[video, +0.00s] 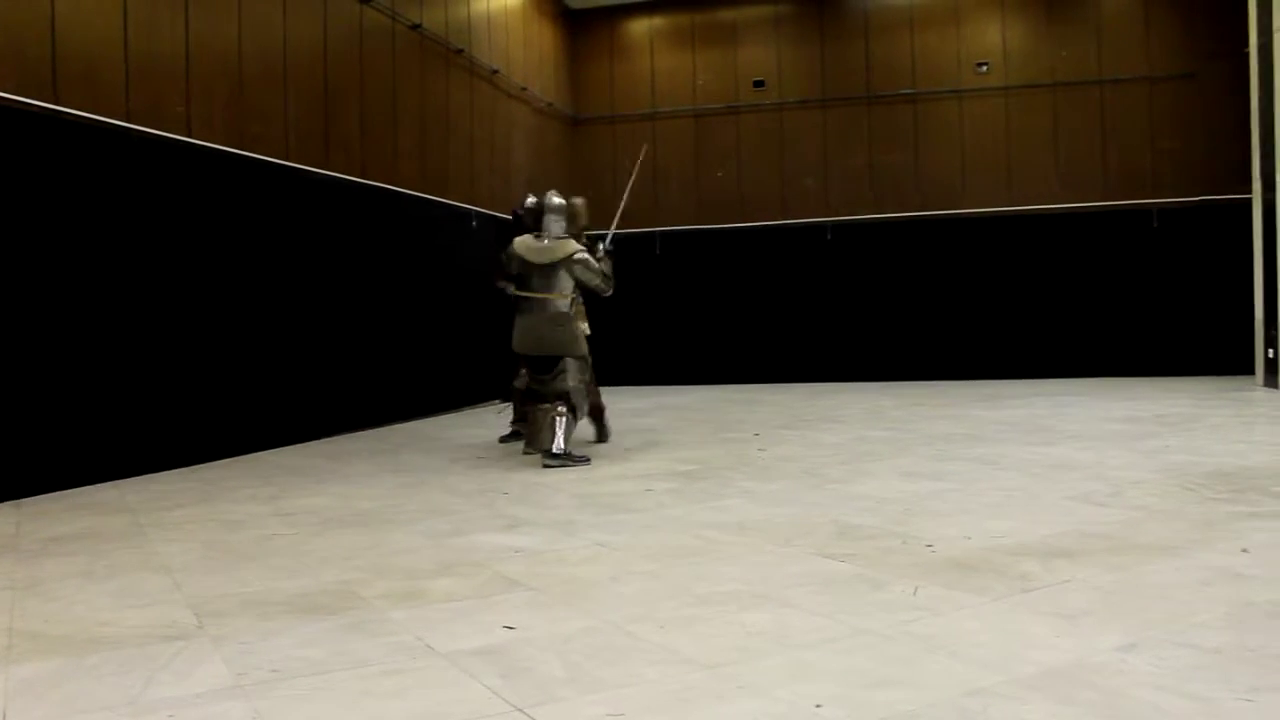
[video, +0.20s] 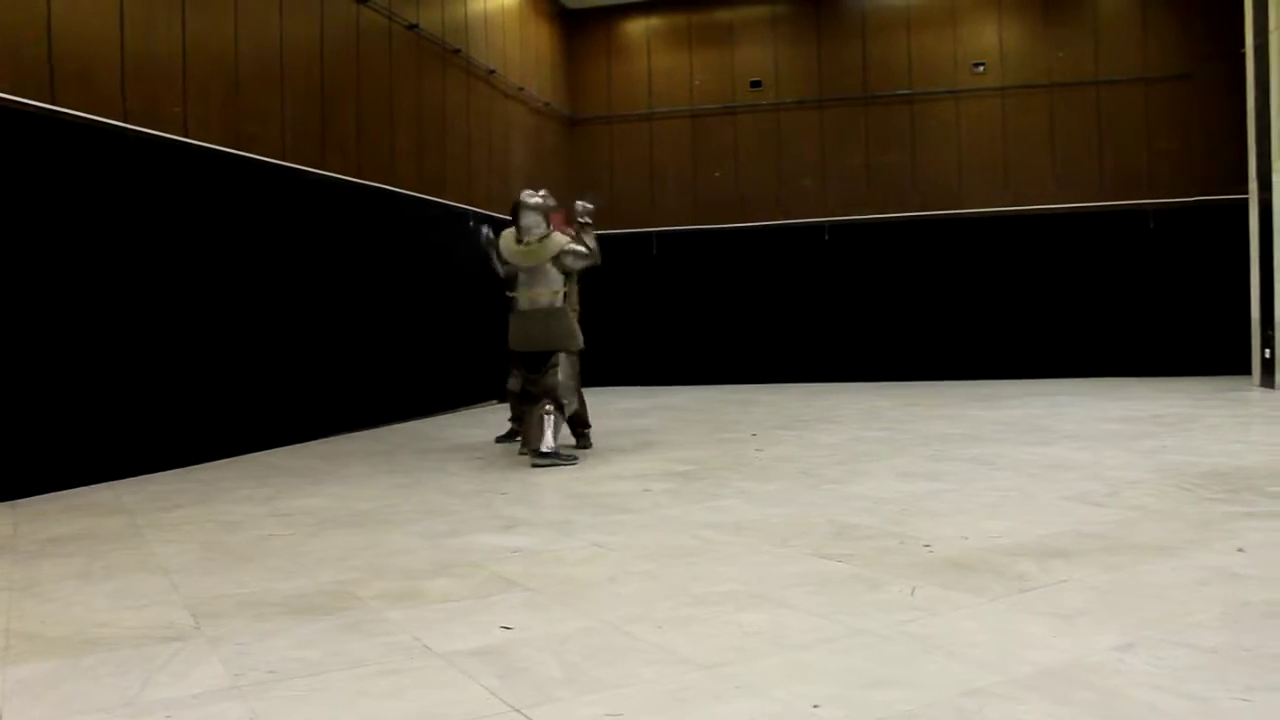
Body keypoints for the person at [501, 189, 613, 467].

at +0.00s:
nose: (561, 223)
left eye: (553, 218)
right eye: (564, 219)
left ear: (542, 218)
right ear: (568, 220)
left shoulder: (520, 249)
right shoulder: (571, 253)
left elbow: (505, 274)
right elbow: (603, 285)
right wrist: (603, 257)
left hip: (528, 331)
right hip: (561, 331)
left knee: (537, 380)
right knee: (573, 387)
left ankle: (534, 439)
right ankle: (558, 448)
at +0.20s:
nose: (530, 225)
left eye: (535, 219)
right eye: (527, 219)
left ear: (545, 221)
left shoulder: (509, 248)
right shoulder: (558, 248)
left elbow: (504, 271)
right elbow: (591, 256)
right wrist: (585, 227)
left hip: (523, 326)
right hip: (553, 325)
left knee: (527, 382)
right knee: (559, 383)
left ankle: (528, 438)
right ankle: (545, 445)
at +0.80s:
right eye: (570, 201)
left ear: (544, 199)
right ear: (571, 202)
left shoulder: (522, 229)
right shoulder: (581, 235)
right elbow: (608, 260)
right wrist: (603, 238)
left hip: (526, 318)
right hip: (567, 321)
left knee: (521, 385)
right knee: (581, 386)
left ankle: (512, 449)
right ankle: (565, 449)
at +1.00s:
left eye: (529, 194)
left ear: (524, 194)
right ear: (555, 196)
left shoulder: (506, 225)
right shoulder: (567, 235)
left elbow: (481, 264)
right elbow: (577, 275)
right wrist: (583, 250)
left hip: (510, 319)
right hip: (551, 320)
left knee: (506, 378)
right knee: (547, 388)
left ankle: (510, 430)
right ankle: (538, 455)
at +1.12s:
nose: (527, 196)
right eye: (534, 190)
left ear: (510, 189)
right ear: (543, 191)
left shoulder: (491, 221)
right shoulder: (560, 234)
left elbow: (469, 259)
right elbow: (562, 273)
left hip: (500, 323)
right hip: (543, 324)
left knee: (507, 392)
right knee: (540, 390)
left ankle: (512, 461)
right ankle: (534, 457)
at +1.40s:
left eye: (482, 176)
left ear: (480, 177)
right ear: (516, 176)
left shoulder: (465, 218)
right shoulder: (537, 216)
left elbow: (441, 273)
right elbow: (538, 251)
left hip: (483, 325)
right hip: (531, 323)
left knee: (484, 400)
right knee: (539, 394)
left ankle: (485, 473)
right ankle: (555, 456)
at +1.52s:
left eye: (489, 182)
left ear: (484, 184)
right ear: (520, 184)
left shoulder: (466, 225)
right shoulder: (538, 226)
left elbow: (449, 271)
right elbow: (542, 278)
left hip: (477, 334)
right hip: (528, 333)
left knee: (474, 397)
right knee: (544, 402)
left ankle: (474, 473)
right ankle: (568, 461)